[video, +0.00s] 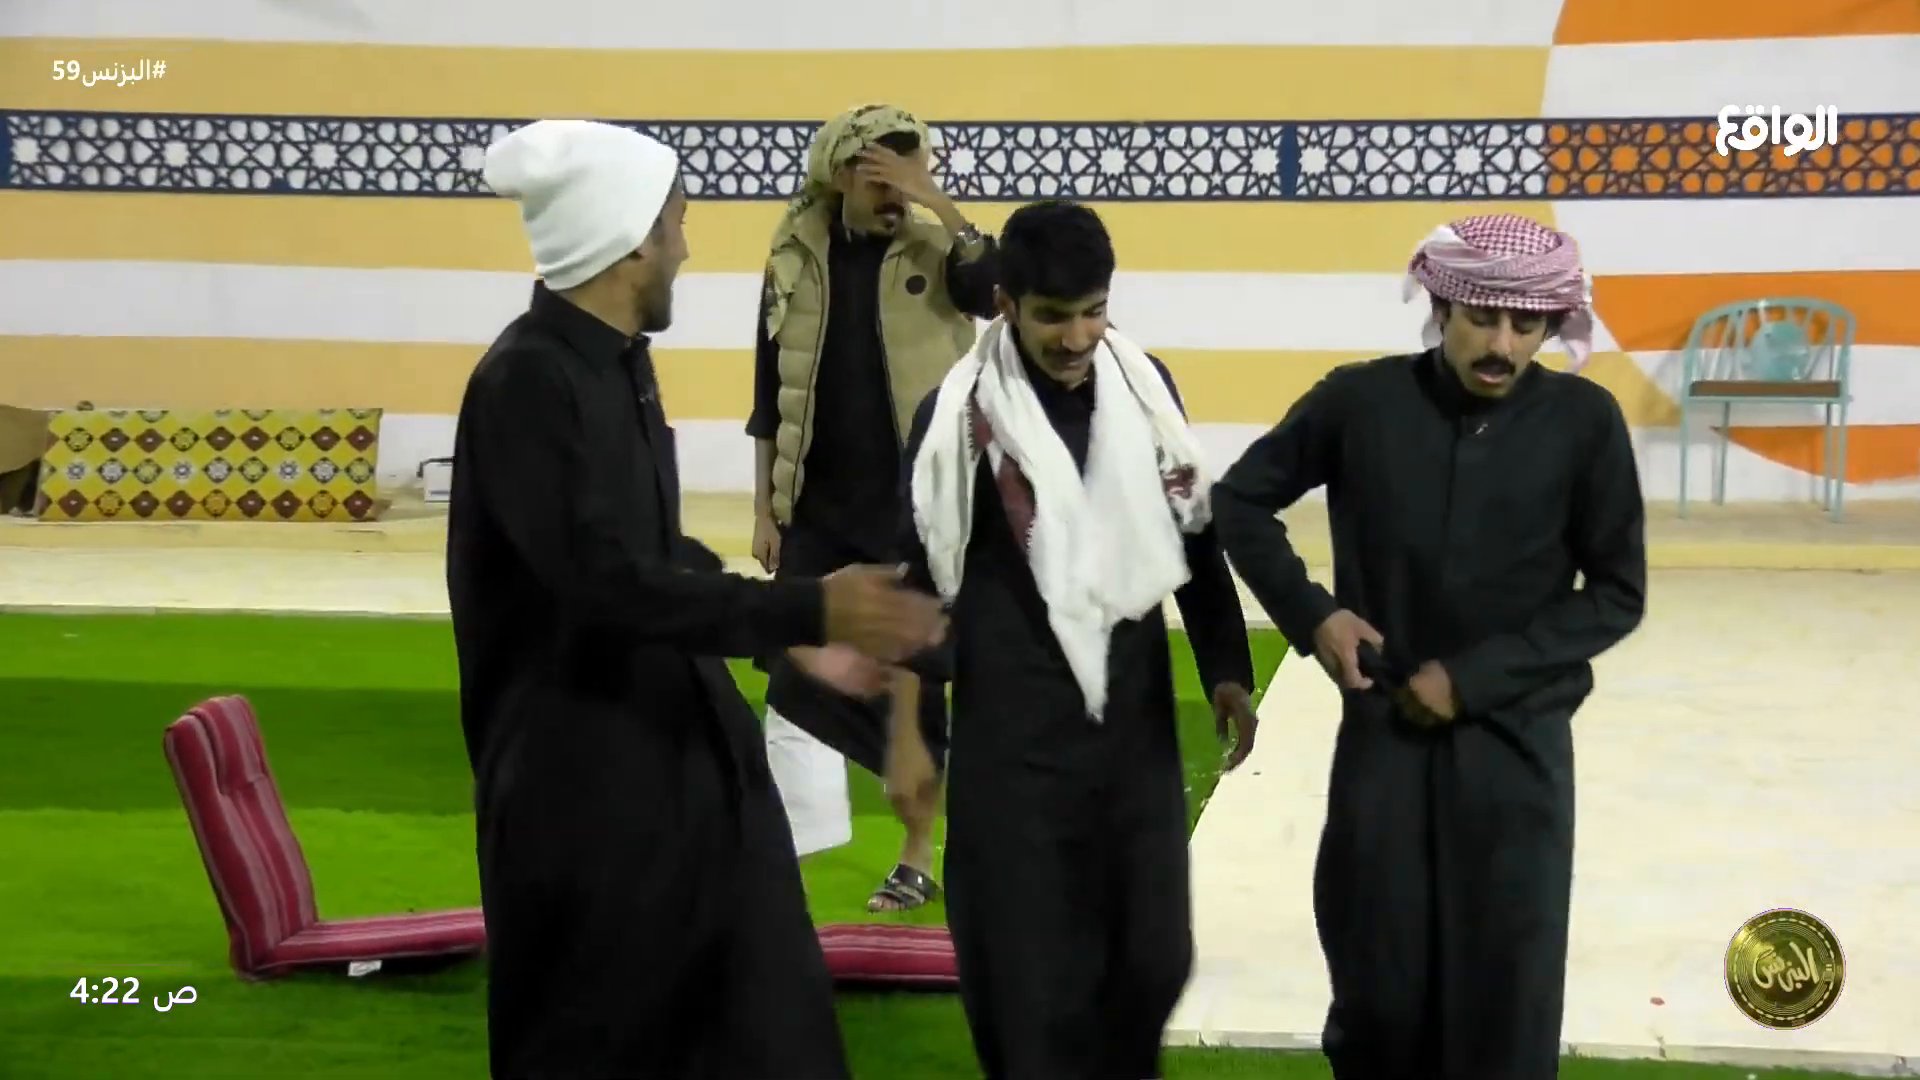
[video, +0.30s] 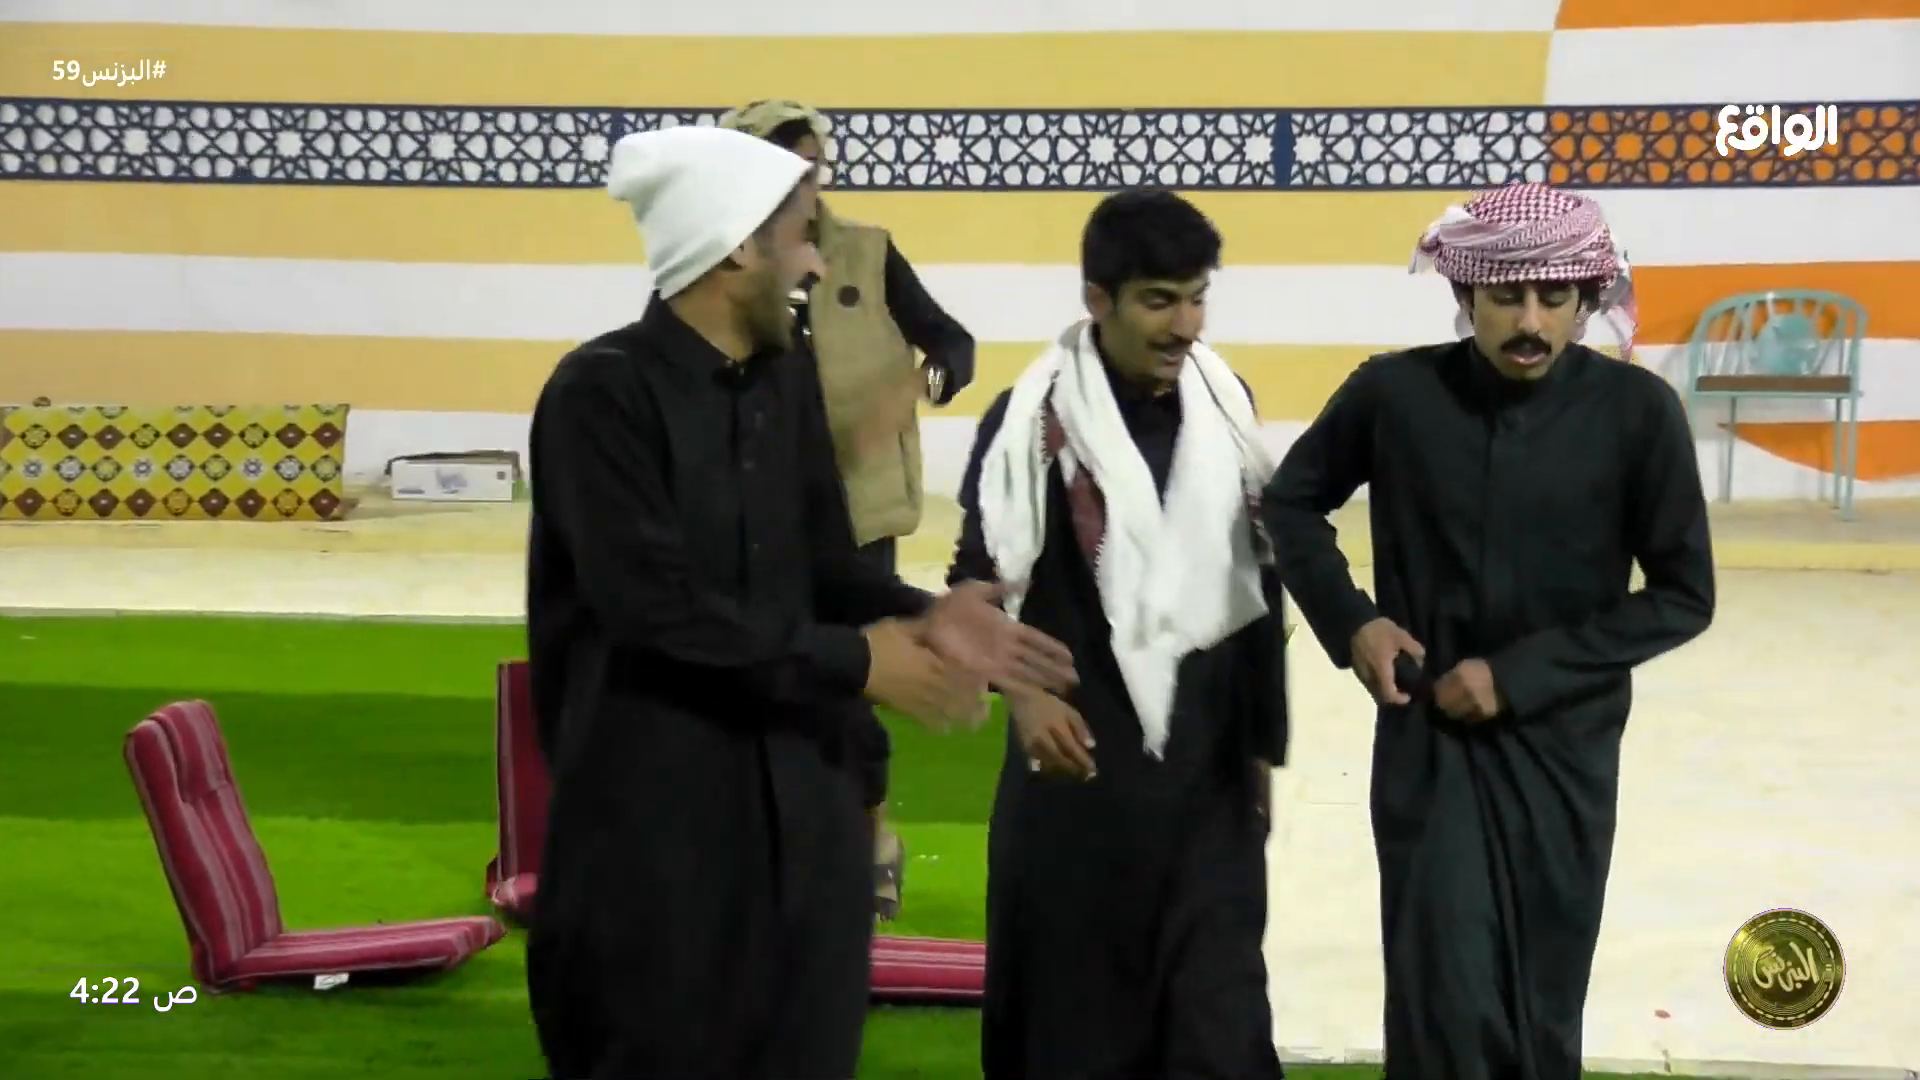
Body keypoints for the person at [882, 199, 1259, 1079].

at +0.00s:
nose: (1074, 335)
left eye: (1091, 314)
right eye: (1052, 317)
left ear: (1108, 299)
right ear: (1006, 303)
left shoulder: (1142, 382)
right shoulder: (955, 414)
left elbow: (1195, 539)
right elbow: (915, 581)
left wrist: (1228, 672)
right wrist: (908, 731)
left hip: (1134, 717)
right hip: (1010, 725)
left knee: (1155, 957)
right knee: (1028, 969)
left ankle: (1112, 1067)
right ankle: (1038, 1075)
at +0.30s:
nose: (1185, 323)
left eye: (1196, 299)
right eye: (1159, 302)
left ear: (1208, 294)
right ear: (1097, 301)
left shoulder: (1223, 397)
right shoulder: (1028, 418)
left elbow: (1254, 582)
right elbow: (978, 589)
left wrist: (1258, 749)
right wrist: (1022, 690)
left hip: (1209, 765)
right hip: (1079, 769)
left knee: (1217, 1019)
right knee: (1069, 1015)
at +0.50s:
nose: (1295, 307)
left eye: (1295, 281)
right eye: (1272, 285)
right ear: (1191, 298)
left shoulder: (1307, 423)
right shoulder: (1087, 422)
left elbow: (1336, 611)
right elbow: (1035, 591)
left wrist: (1339, 790)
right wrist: (1033, 737)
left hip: (1269, 779)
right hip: (1127, 772)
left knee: (1257, 1021)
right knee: (1116, 1019)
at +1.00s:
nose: (1264, 321)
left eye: (1287, 293)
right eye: (1235, 295)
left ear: (1317, 302)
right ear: (1189, 306)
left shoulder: (1378, 439)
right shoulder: (1127, 459)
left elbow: (1436, 631)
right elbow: (1066, 659)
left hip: (1353, 852)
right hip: (1194, 855)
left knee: (1353, 1059)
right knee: (1194, 1053)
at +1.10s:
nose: (1262, 316)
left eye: (1285, 284)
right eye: (1230, 289)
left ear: (1313, 287)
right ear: (1184, 299)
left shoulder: (1365, 413)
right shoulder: (1131, 447)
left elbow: (1428, 581)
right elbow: (1099, 636)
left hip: (1360, 821)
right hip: (1202, 841)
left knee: (1365, 1041)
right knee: (1213, 1040)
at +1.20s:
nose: (1251, 304)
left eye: (1277, 275)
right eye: (1221, 276)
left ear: (1307, 282)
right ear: (1174, 287)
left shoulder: (1367, 416)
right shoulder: (1111, 434)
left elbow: (1432, 589)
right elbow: (1100, 629)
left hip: (1349, 816)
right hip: (1186, 821)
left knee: (1356, 1034)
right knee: (1208, 1038)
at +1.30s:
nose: (1235, 304)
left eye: (1260, 276)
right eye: (1207, 277)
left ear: (1297, 286)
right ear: (1165, 286)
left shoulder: (1359, 412)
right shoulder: (1113, 424)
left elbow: (1427, 595)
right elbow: (1093, 610)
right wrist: (1133, 496)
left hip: (1327, 809)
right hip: (1169, 813)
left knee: (1334, 1034)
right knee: (1189, 1035)